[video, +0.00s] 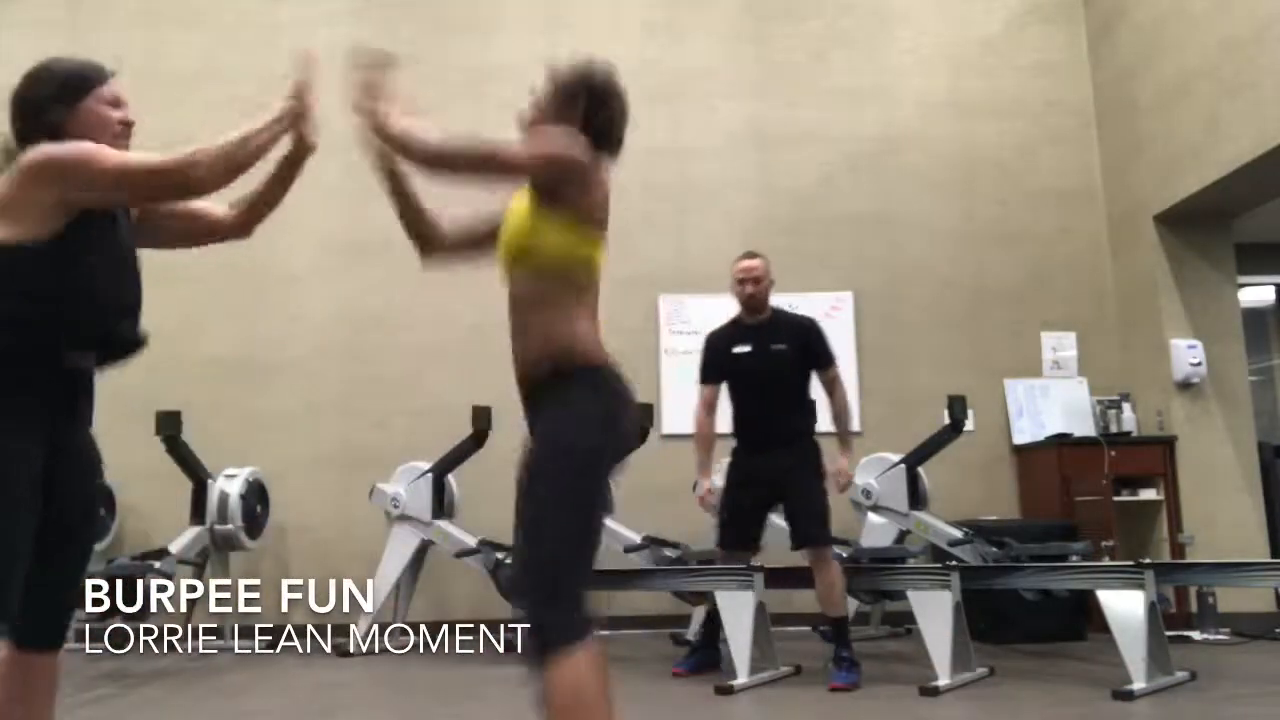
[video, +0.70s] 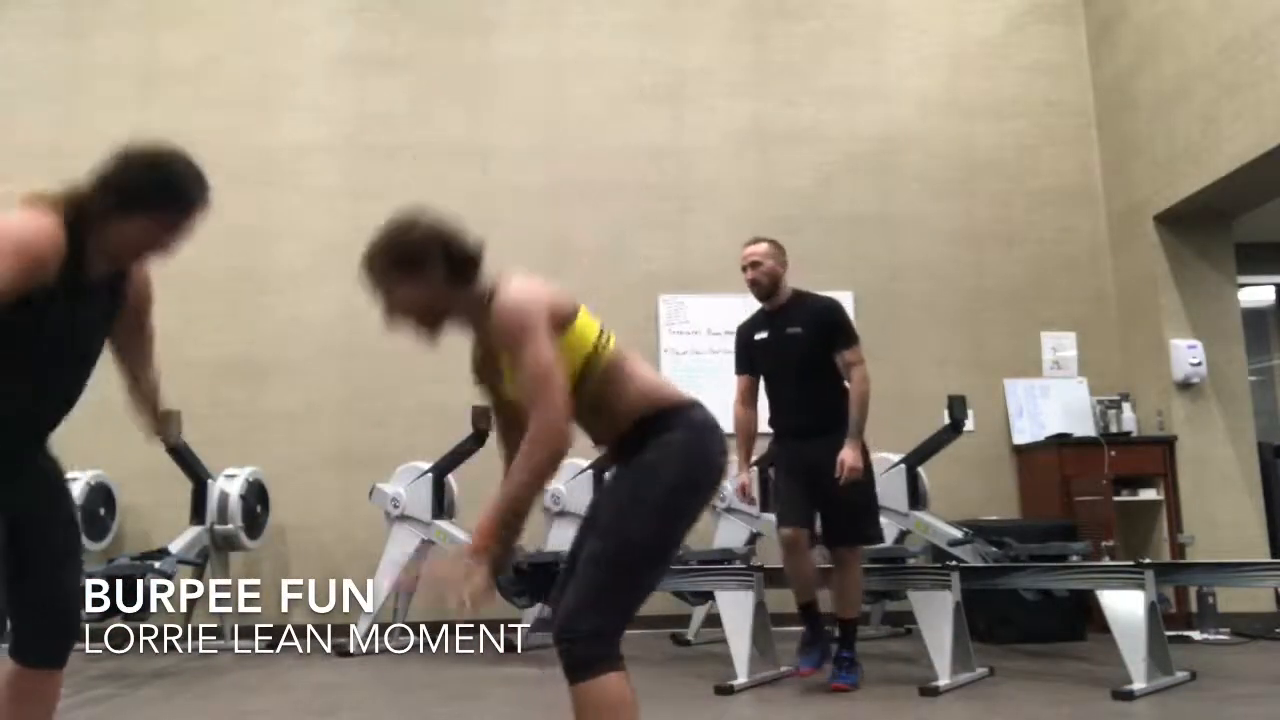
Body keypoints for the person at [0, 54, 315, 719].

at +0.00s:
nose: (127, 116)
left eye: (123, 105)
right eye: (110, 105)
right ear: (61, 117)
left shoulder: (105, 207)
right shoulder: (43, 172)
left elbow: (232, 222)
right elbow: (190, 172)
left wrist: (297, 153)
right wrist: (282, 121)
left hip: (64, 429)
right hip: (17, 426)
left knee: (43, 620)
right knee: (21, 617)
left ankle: (32, 706)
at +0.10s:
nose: (130, 109)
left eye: (125, 98)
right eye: (113, 99)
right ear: (70, 116)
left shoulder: (114, 196)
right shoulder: (46, 167)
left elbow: (239, 172)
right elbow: (195, 112)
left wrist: (315, 97)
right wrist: (292, 45)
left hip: (54, 436)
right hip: (20, 432)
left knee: (31, 627)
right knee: (21, 630)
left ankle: (25, 705)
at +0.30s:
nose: (104, 135)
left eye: (104, 119)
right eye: (90, 120)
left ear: (84, 124)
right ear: (42, 114)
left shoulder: (87, 184)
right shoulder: (15, 165)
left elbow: (189, 123)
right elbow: (105, 65)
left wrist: (249, 61)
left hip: (62, 430)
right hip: (16, 435)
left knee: (31, 633)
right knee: (19, 635)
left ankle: (27, 712)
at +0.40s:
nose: (99, 127)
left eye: (102, 117)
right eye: (83, 115)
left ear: (97, 127)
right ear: (38, 120)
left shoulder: (87, 191)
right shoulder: (16, 188)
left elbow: (170, 148)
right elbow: (30, 72)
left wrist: (230, 101)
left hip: (66, 441)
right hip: (11, 442)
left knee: (27, 634)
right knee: (12, 633)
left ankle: (20, 710)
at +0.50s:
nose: (116, 158)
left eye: (121, 145)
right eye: (107, 141)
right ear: (48, 136)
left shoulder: (88, 207)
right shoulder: (21, 198)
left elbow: (153, 208)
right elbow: (10, 148)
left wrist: (215, 200)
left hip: (61, 449)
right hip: (11, 447)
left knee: (33, 633)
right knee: (18, 633)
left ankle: (25, 709)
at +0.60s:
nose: (133, 186)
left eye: (142, 174)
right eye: (127, 170)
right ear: (81, 151)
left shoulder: (104, 227)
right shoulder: (19, 192)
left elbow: (140, 259)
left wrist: (183, 283)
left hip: (54, 455)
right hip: (5, 453)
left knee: (42, 623)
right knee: (15, 626)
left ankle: (27, 709)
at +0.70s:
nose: (166, 244)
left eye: (174, 234)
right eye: (164, 228)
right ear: (128, 208)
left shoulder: (127, 284)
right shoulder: (33, 242)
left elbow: (138, 365)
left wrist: (158, 419)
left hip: (24, 455)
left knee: (52, 613)